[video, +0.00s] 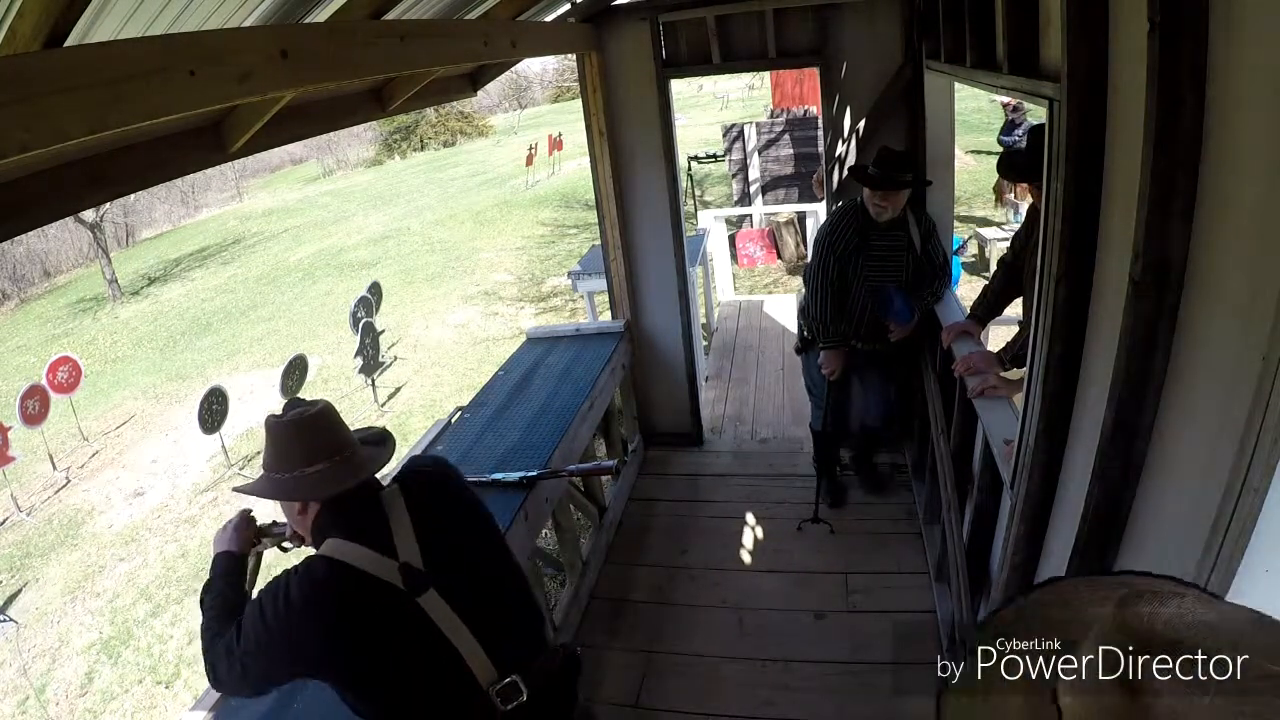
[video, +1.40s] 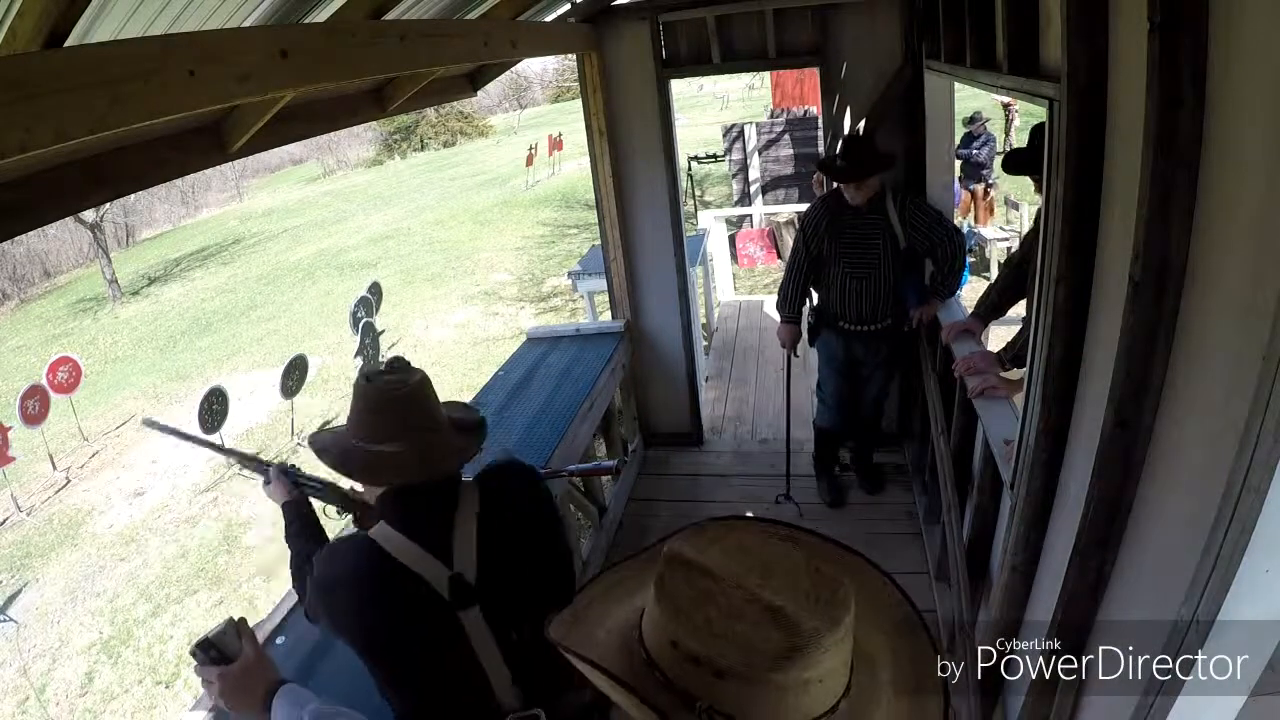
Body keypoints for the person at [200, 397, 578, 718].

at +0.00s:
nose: (282, 509)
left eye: (281, 500)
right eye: (280, 499)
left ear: (305, 507)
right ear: (367, 470)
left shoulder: (304, 602)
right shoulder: (436, 479)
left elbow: (226, 665)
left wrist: (225, 559)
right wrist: (318, 529)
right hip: (549, 681)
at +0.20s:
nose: (283, 510)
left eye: (282, 500)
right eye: (279, 500)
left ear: (303, 505)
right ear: (364, 467)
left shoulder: (307, 603)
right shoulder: (436, 479)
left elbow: (242, 681)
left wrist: (234, 576)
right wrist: (320, 531)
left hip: (448, 718)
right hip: (553, 681)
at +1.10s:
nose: (294, 504)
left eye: (293, 494)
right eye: (291, 494)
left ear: (309, 500)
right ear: (377, 464)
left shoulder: (300, 593)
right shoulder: (452, 483)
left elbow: (273, 654)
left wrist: (250, 553)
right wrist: (331, 524)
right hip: (549, 686)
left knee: (283, 702)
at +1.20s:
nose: (305, 498)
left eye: (304, 488)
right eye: (303, 488)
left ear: (321, 494)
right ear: (390, 455)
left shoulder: (308, 589)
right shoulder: (464, 474)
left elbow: (279, 650)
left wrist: (257, 554)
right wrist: (344, 522)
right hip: (550, 684)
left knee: (284, 700)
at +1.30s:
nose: (326, 480)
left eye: (327, 470)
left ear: (338, 478)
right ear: (412, 448)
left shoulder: (325, 580)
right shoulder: (481, 475)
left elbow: (287, 632)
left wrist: (265, 540)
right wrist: (358, 519)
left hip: (438, 716)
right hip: (557, 691)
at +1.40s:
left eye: (358, 460)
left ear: (365, 467)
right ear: (448, 442)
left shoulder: (346, 573)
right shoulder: (517, 491)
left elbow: (316, 593)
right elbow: (559, 588)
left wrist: (291, 503)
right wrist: (387, 520)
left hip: (449, 716)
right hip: (568, 696)